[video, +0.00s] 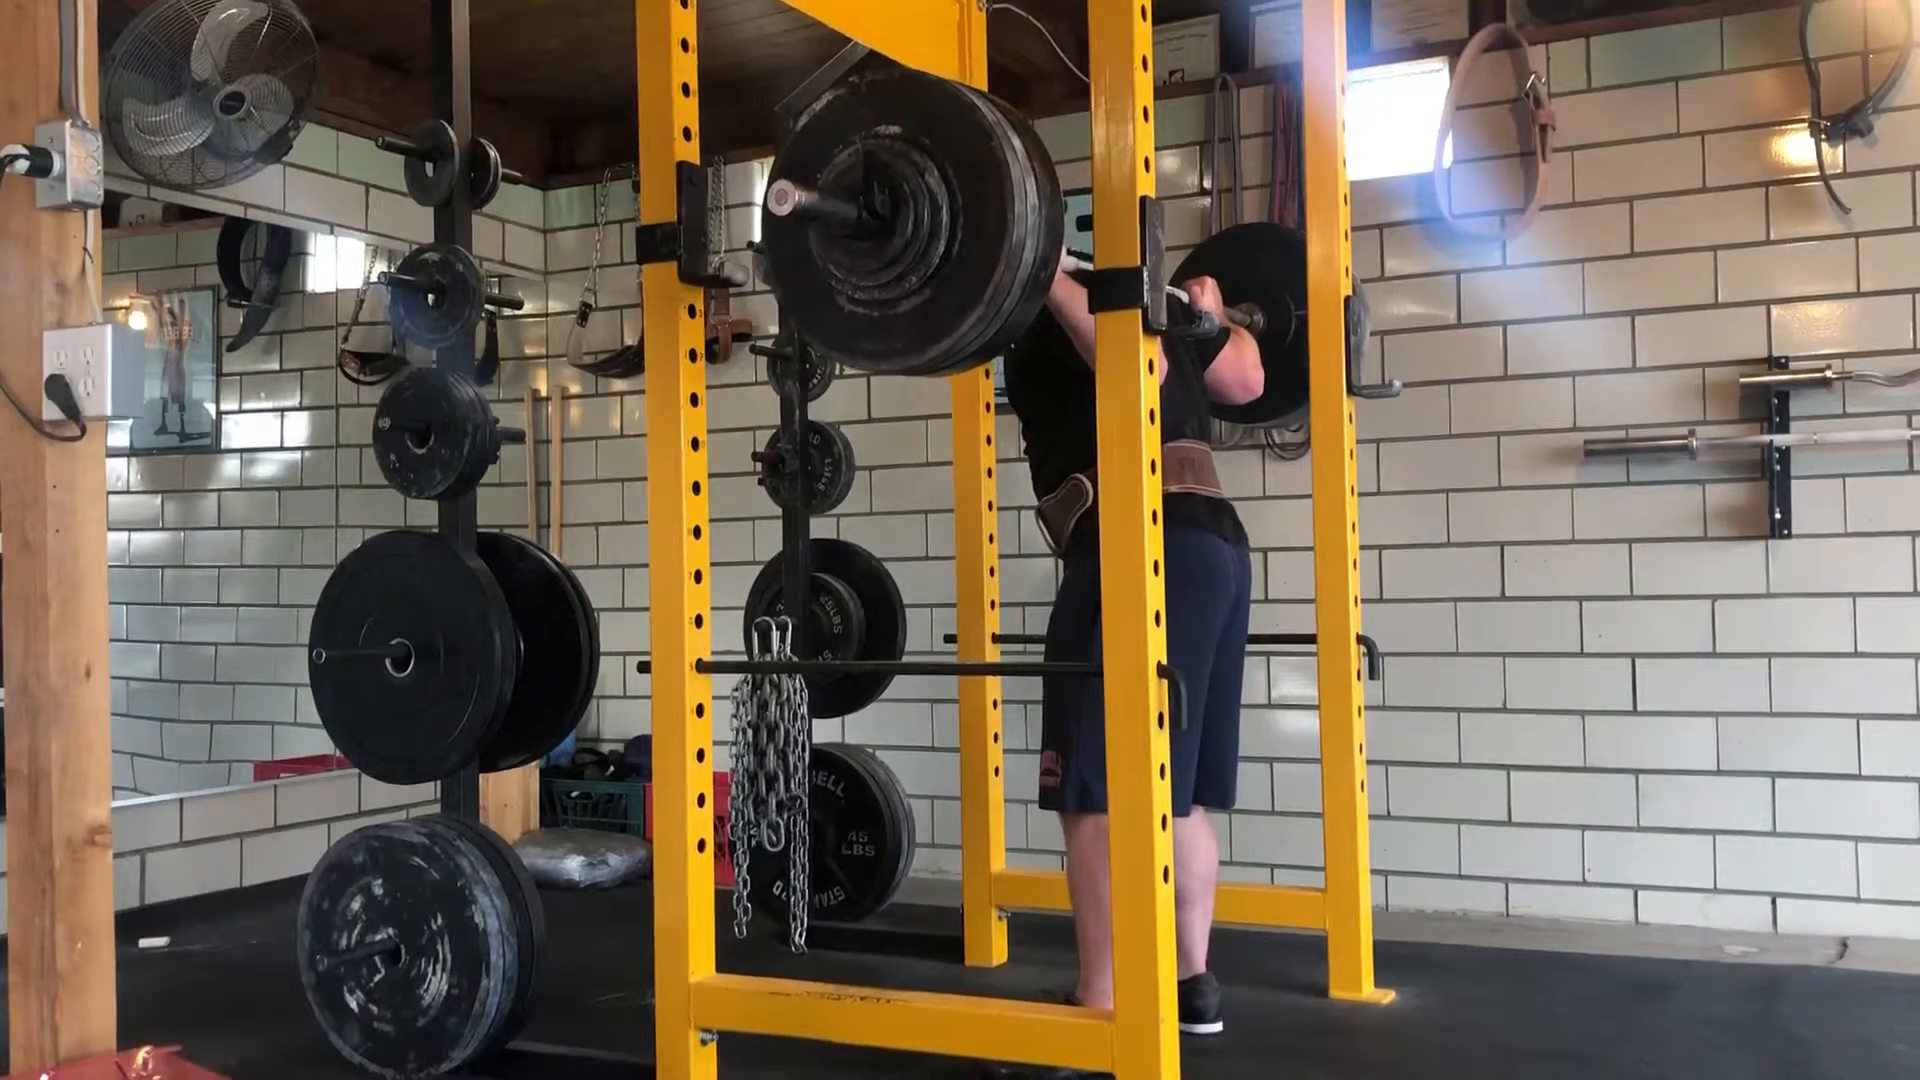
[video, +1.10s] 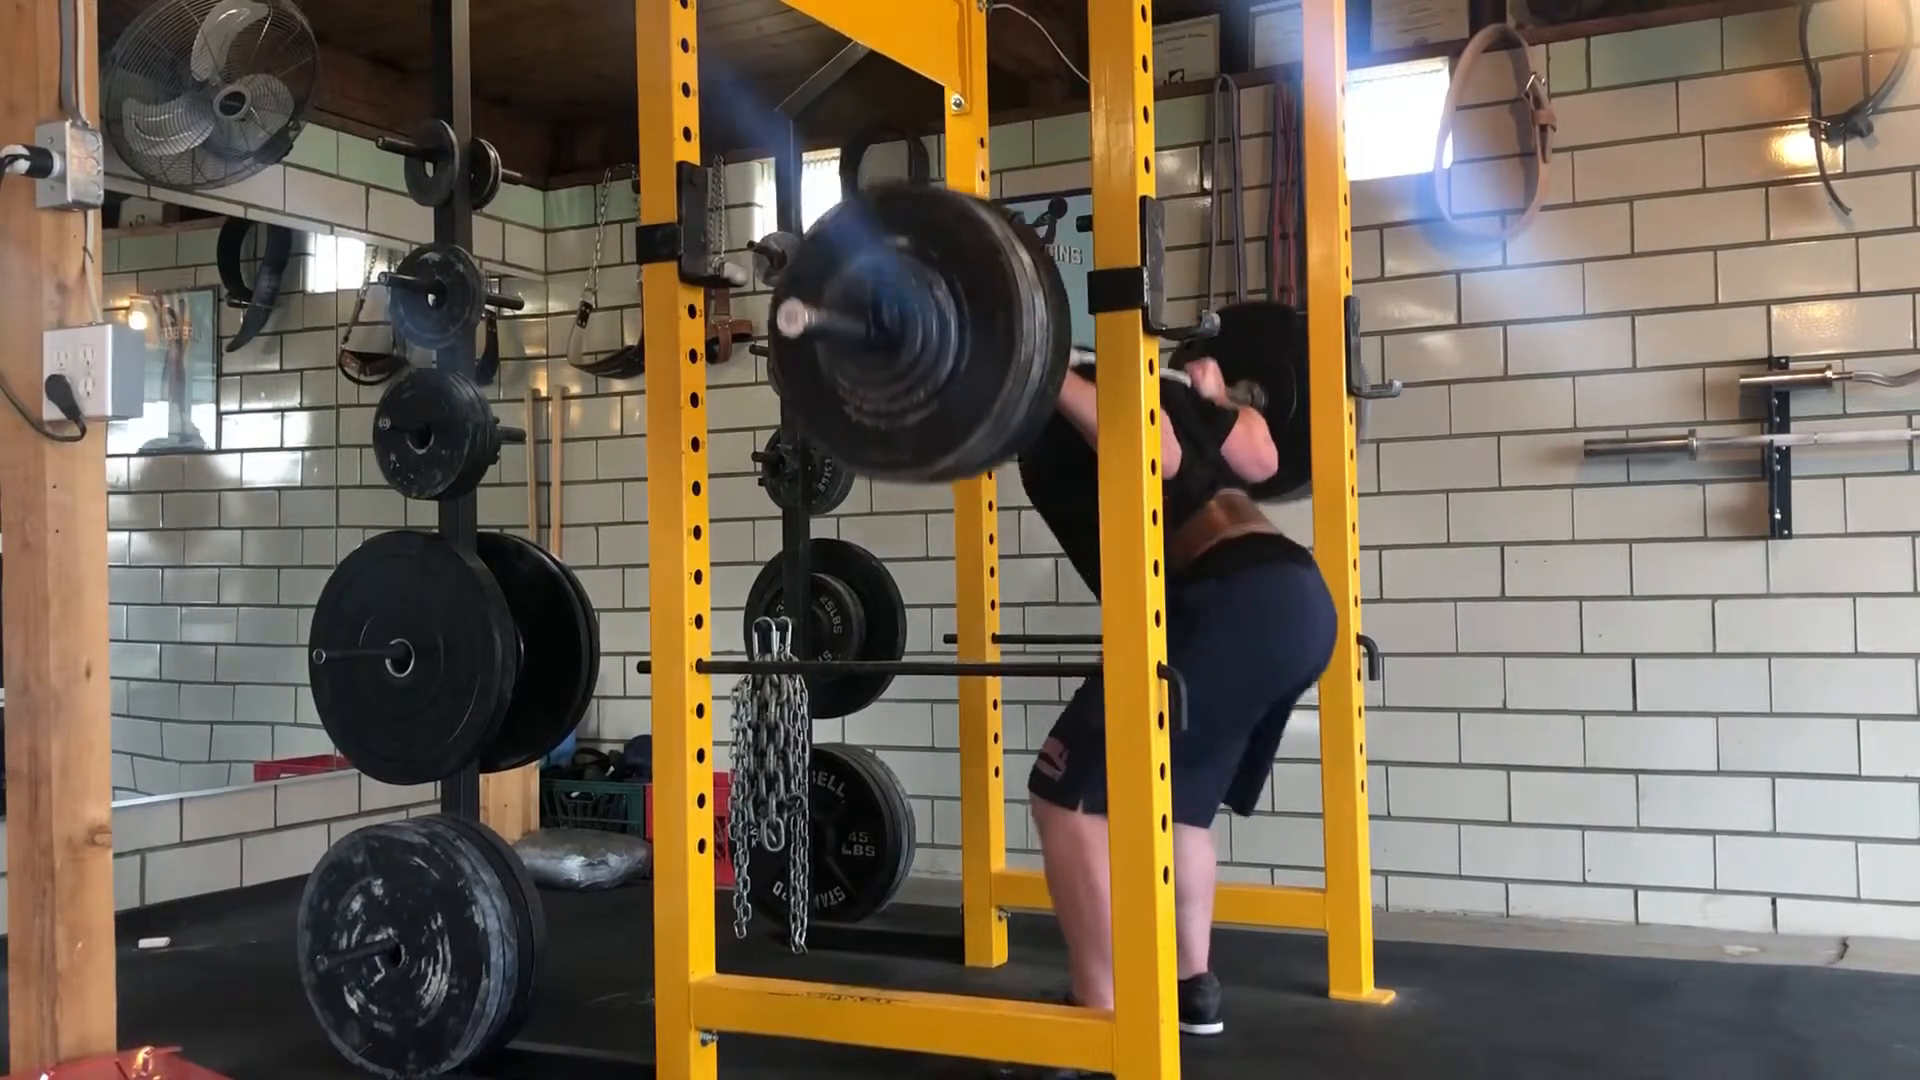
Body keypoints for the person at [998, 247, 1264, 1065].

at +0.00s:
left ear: (1032, 246)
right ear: (1077, 239)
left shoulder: (1052, 293)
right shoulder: (1168, 297)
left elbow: (1136, 370)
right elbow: (1246, 377)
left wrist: (1057, 284)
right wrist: (1213, 308)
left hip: (1127, 538)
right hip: (1214, 544)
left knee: (1089, 783)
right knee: (1188, 783)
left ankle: (1101, 999)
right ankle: (1193, 986)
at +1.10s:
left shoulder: (1073, 395)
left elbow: (1167, 457)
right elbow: (1259, 458)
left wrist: (1048, 375)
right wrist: (1209, 393)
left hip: (1234, 601)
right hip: (1291, 602)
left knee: (1064, 786)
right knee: (1185, 795)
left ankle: (1099, 1006)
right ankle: (1192, 986)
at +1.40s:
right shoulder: (1135, 470)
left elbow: (1161, 543)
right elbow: (1265, 531)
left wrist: (1040, 458)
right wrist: (1217, 481)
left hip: (1259, 669)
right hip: (1306, 669)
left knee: (1044, 799)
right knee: (1174, 814)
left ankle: (1102, 1021)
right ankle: (1190, 984)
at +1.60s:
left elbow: (1165, 599)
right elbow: (1260, 577)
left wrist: (1042, 524)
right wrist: (1210, 528)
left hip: (1269, 717)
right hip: (1307, 718)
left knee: (1027, 805)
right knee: (1157, 818)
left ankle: (1101, 1022)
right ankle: (1190, 982)